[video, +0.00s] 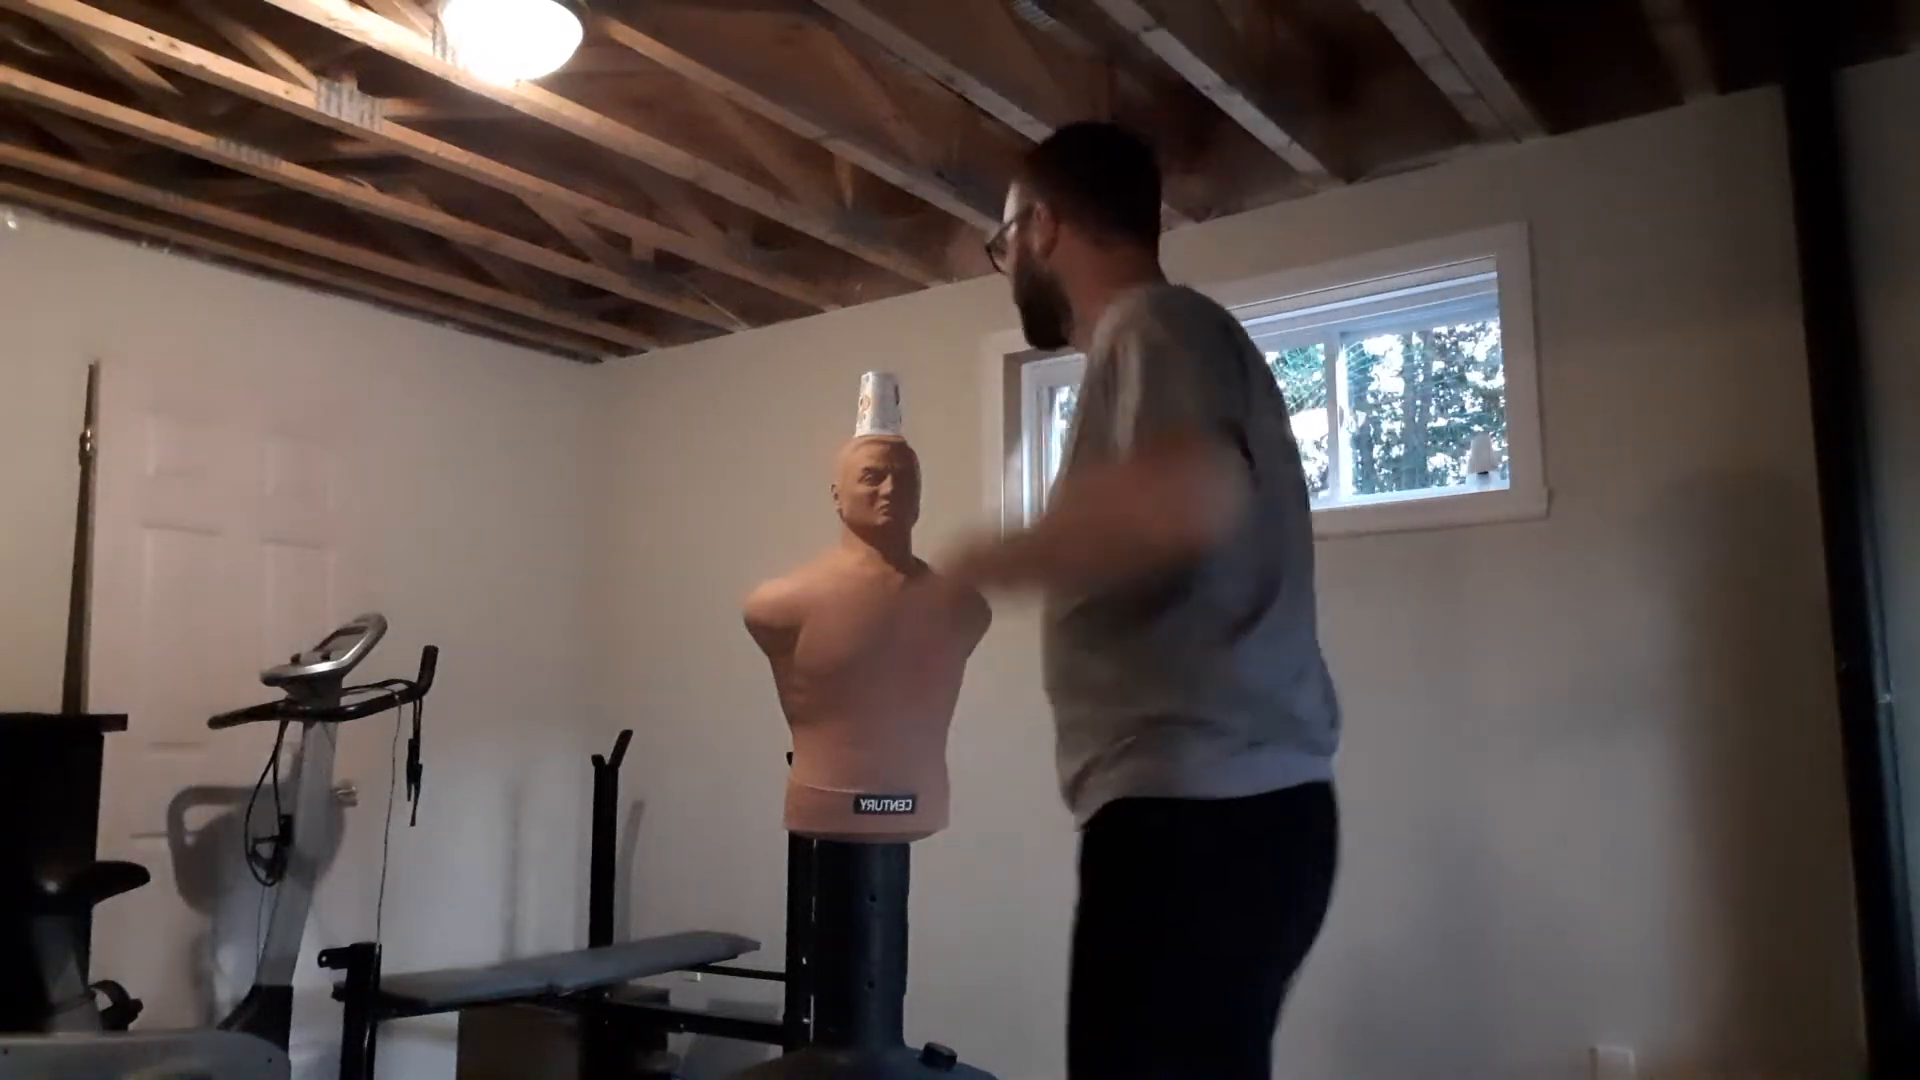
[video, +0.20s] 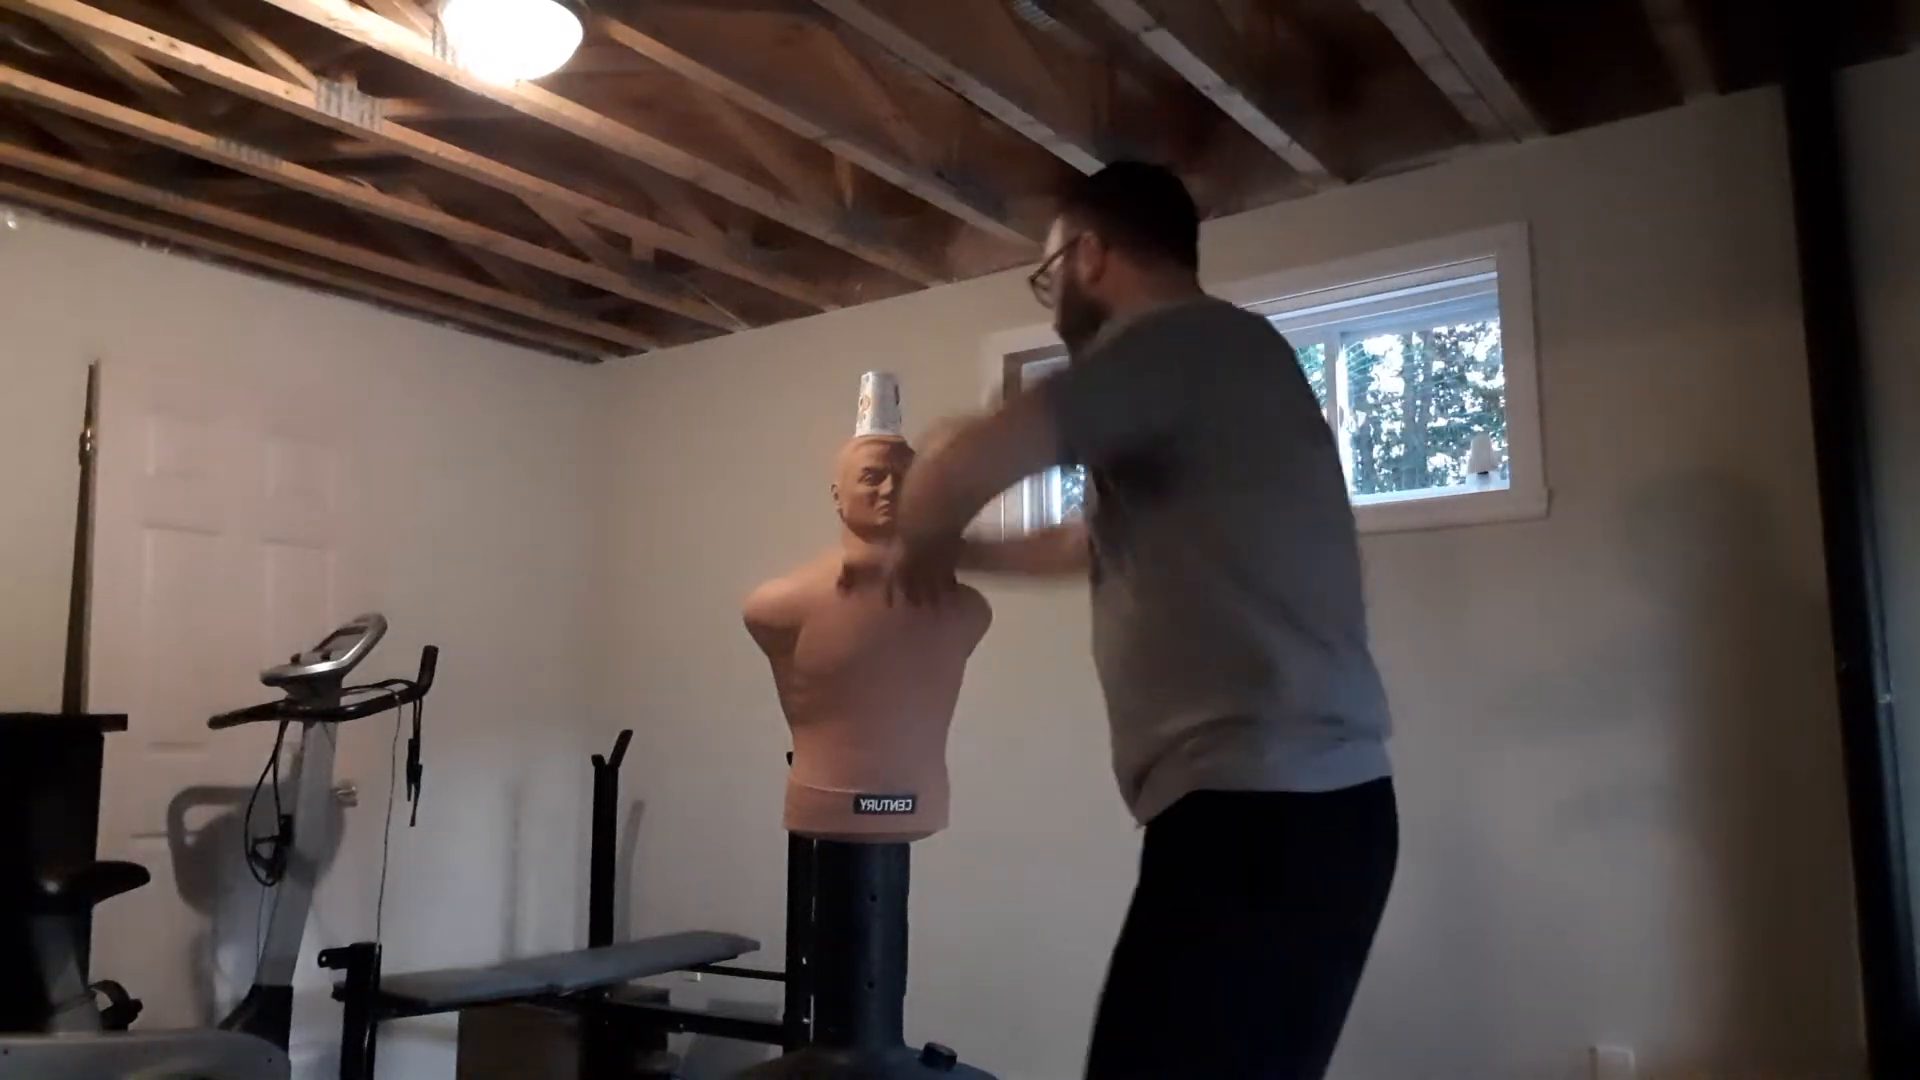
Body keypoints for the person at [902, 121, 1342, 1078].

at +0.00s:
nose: (1003, 256)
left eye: (1011, 224)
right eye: (1004, 229)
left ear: (1052, 225)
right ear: (1133, 223)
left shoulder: (1156, 324)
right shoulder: (1184, 331)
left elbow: (1189, 494)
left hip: (1193, 818)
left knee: (1141, 1067)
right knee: (1182, 1068)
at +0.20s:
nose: (1047, 294)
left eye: (1050, 266)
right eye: (1044, 272)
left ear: (1090, 253)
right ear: (1178, 252)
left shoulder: (1178, 346)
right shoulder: (1243, 358)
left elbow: (965, 460)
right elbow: (1091, 540)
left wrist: (920, 551)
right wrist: (937, 535)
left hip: (1250, 821)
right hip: (1318, 815)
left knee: (1145, 1068)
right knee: (1245, 1069)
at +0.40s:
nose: (1076, 287)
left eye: (1080, 257)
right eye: (1074, 264)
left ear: (1122, 247)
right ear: (1212, 245)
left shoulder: (1189, 360)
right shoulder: (1288, 373)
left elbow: (1091, 621)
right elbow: (1273, 660)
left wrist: (1013, 645)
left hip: (1252, 854)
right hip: (1338, 839)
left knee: (1239, 1067)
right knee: (1309, 1067)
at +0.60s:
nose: (1077, 274)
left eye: (1079, 242)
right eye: (1076, 248)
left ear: (1120, 233)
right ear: (1215, 228)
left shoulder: (1229, 341)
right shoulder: (1291, 345)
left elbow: (1203, 620)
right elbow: (1327, 617)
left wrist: (1095, 681)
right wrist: (1216, 767)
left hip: (1311, 860)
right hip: (1375, 848)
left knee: (1175, 1068)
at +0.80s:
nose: (1075, 287)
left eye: (1077, 259)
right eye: (1072, 265)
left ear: (1119, 252)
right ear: (1206, 242)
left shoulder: (1260, 367)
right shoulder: (1260, 376)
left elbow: (1149, 613)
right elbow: (1236, 631)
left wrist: (1045, 627)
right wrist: (1066, 673)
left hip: (1324, 862)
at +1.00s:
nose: (1055, 300)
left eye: (1056, 272)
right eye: (1052, 278)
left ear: (1095, 265)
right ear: (1177, 260)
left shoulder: (1236, 371)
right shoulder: (1195, 400)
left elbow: (1263, 628)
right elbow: (1205, 659)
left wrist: (1052, 639)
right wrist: (1060, 723)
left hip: (1314, 841)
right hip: (1276, 841)